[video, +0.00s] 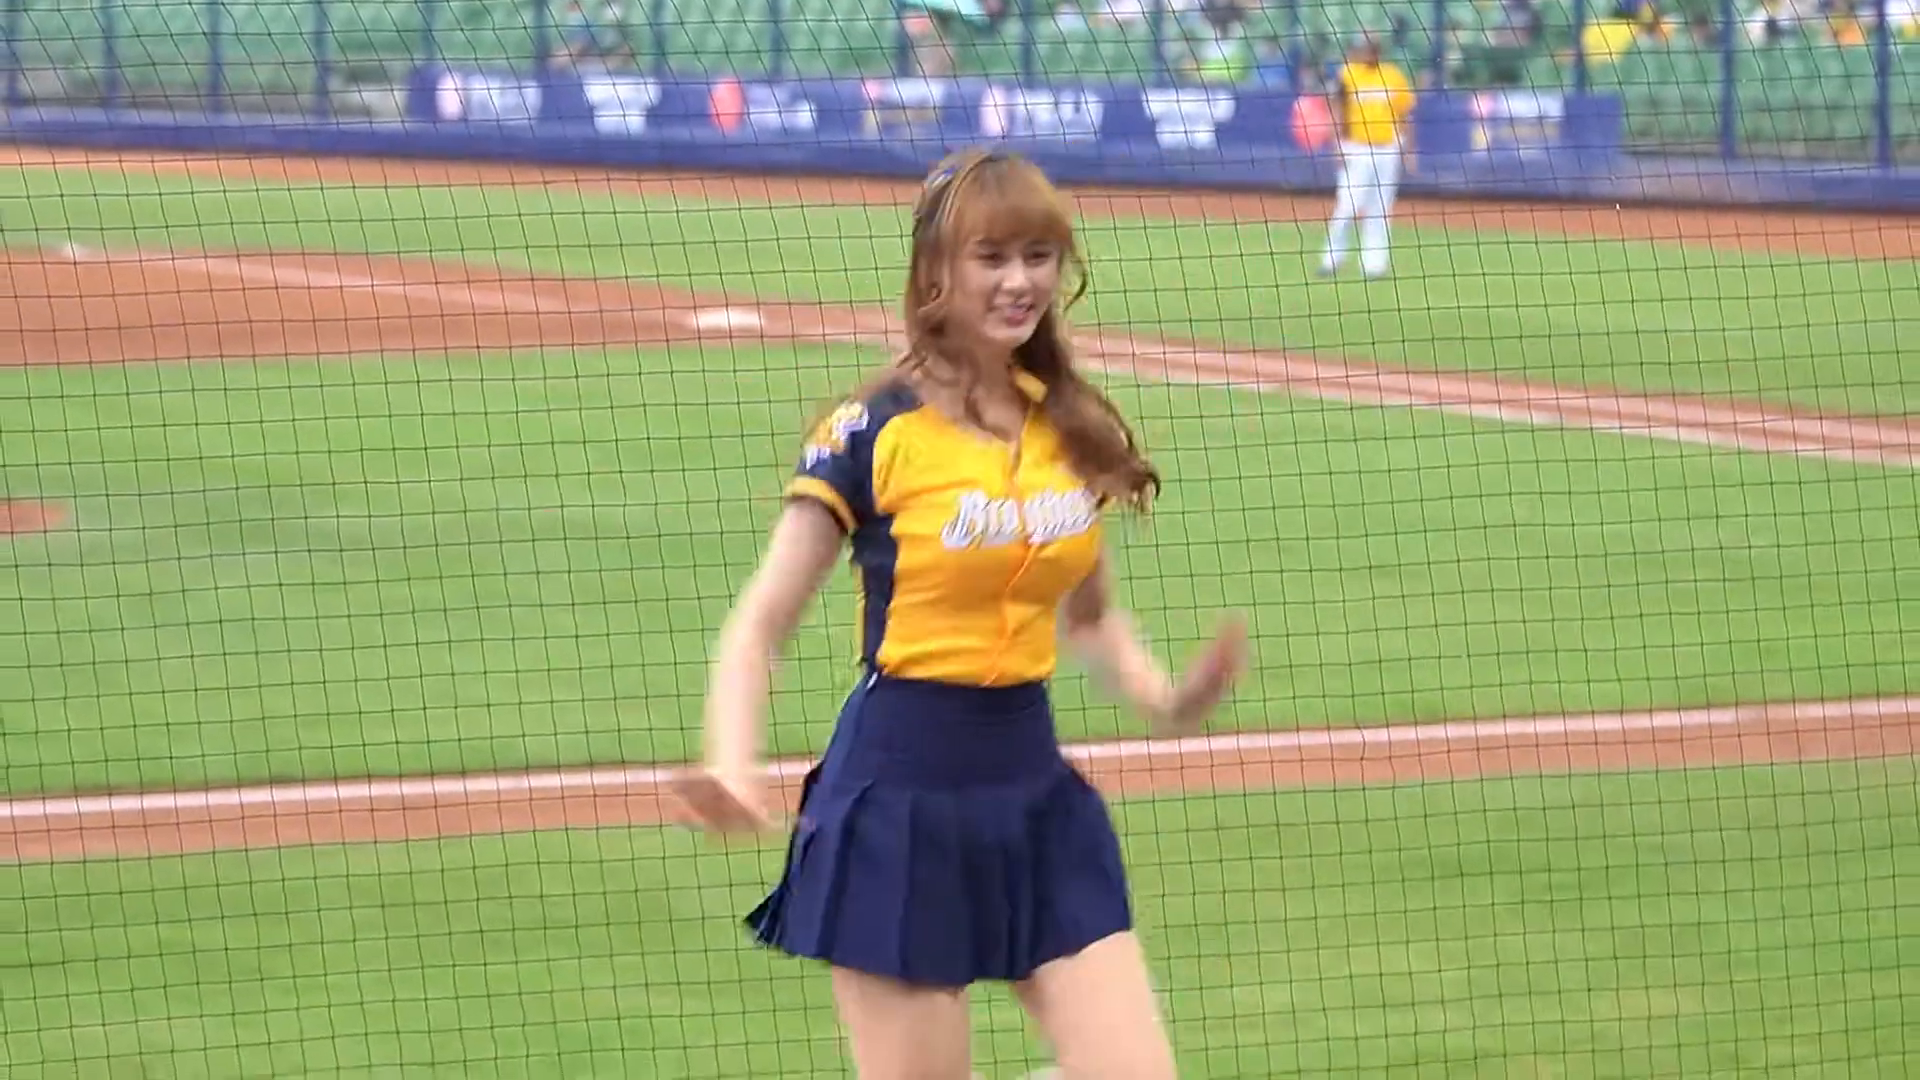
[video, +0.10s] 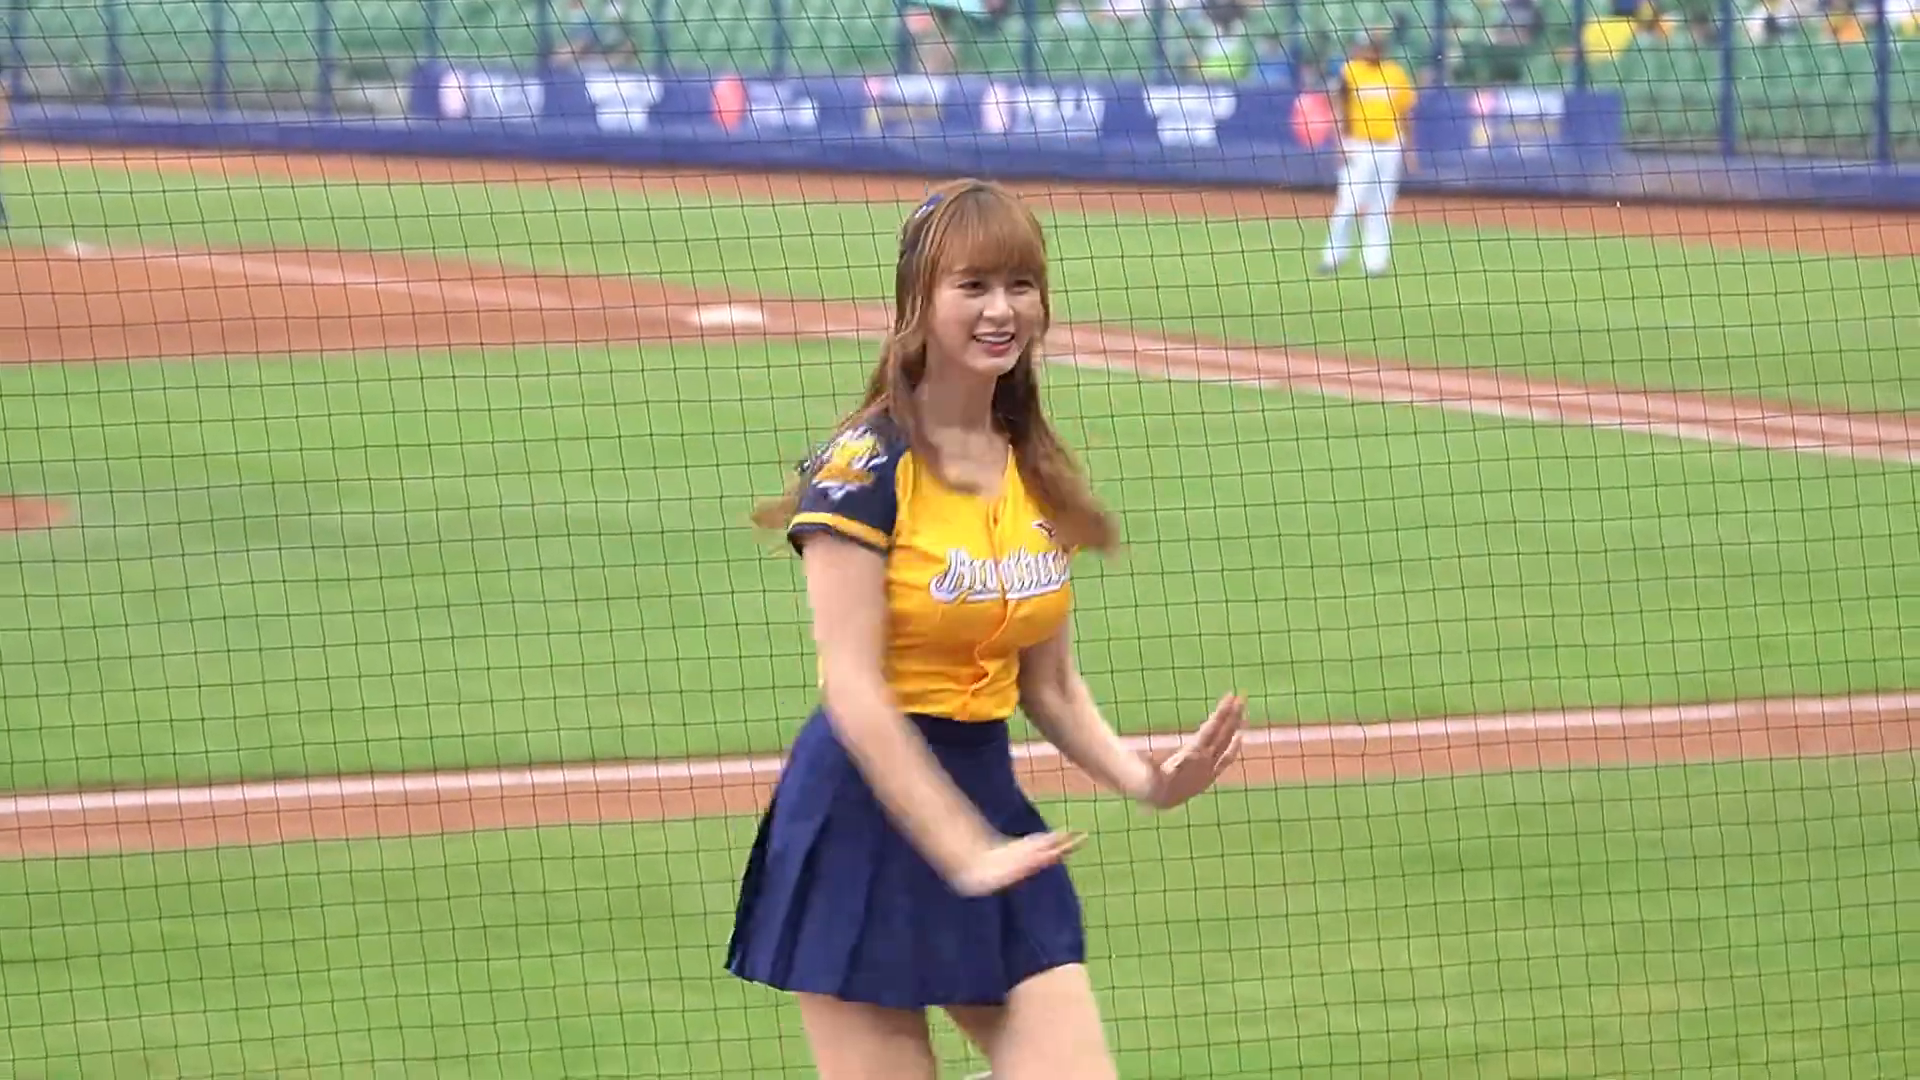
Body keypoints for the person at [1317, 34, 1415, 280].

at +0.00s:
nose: (1369, 55)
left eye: (1373, 49)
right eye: (1364, 50)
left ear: (1379, 51)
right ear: (1356, 51)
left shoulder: (1393, 75)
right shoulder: (1347, 74)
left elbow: (1405, 117)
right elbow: (1336, 109)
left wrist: (1409, 152)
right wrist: (1338, 143)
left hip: (1388, 149)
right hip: (1356, 148)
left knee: (1380, 207)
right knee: (1349, 204)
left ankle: (1375, 261)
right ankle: (1332, 256)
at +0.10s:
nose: (1374, 52)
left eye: (1378, 47)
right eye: (1370, 47)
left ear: (1385, 48)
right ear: (1362, 47)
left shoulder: (1396, 73)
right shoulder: (1350, 71)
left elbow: (1405, 115)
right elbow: (1338, 105)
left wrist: (1409, 149)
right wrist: (1341, 141)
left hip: (1390, 145)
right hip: (1358, 145)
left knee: (1381, 204)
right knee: (1349, 201)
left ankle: (1376, 259)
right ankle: (1334, 253)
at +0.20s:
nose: (1381, 49)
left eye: (1385, 44)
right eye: (1377, 44)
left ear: (1392, 45)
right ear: (1368, 45)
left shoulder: (1404, 71)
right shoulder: (1357, 68)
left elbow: (1413, 113)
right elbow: (1345, 102)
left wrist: (1416, 146)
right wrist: (1348, 137)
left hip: (1397, 143)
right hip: (1365, 142)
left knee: (1388, 202)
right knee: (1356, 199)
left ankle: (1383, 256)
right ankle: (1341, 251)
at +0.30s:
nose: (1387, 45)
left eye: (1391, 40)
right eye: (1383, 40)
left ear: (1399, 42)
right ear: (1375, 41)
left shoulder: (1412, 68)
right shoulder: (1364, 65)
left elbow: (1419, 109)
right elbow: (1350, 98)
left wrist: (1422, 143)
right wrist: (1354, 133)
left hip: (1403, 140)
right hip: (1371, 139)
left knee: (1395, 198)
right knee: (1361, 195)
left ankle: (1390, 252)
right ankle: (1349, 248)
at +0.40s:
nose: (1396, 41)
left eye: (1401, 36)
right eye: (1393, 36)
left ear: (1408, 38)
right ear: (1386, 37)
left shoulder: (1419, 64)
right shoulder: (1373, 61)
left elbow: (1428, 106)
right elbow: (1359, 93)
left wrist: (1431, 140)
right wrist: (1362, 128)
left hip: (1410, 137)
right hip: (1378, 136)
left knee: (1402, 195)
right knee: (1368, 192)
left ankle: (1398, 248)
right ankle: (1357, 244)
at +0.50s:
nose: (1407, 38)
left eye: (1411, 33)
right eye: (1403, 32)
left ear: (1418, 35)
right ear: (1396, 33)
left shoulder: (1428, 60)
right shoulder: (1381, 57)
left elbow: (1436, 101)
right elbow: (1371, 91)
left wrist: (1439, 135)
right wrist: (1370, 123)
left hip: (1418, 132)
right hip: (1385, 131)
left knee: (1413, 189)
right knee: (1375, 187)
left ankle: (1409, 243)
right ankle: (1368, 238)